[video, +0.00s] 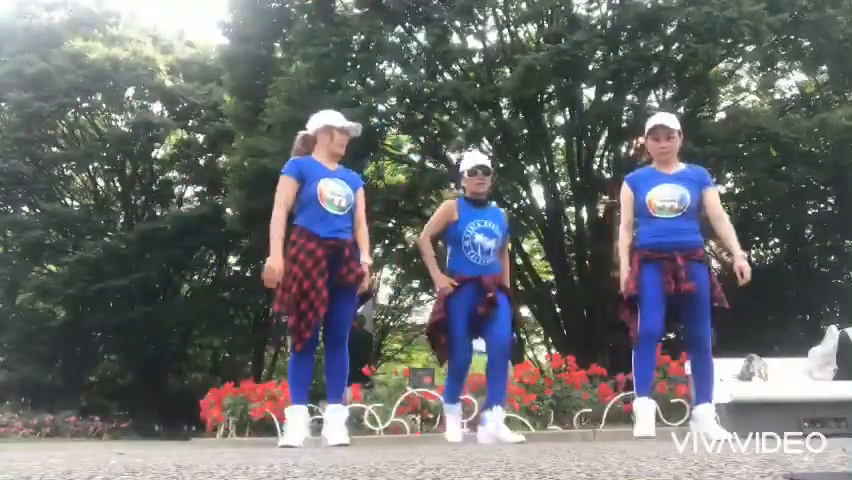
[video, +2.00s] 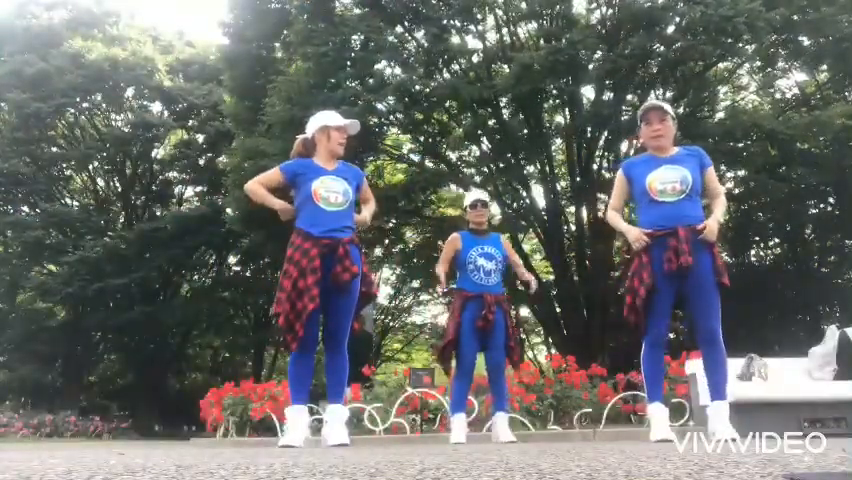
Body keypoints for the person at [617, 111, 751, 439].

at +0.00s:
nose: (664, 141)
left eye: (669, 135)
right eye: (657, 136)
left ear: (679, 139)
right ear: (646, 142)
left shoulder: (698, 175)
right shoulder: (633, 181)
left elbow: (718, 216)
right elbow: (626, 227)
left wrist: (737, 253)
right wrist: (625, 266)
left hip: (693, 260)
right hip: (651, 261)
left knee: (701, 336)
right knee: (650, 330)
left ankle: (703, 411)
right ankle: (643, 405)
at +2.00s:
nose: (656, 127)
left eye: (661, 121)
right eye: (649, 123)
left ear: (673, 126)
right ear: (640, 133)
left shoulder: (695, 156)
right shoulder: (630, 167)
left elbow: (718, 196)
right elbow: (612, 211)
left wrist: (714, 219)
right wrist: (628, 229)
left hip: (697, 245)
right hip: (655, 249)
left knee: (711, 331)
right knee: (656, 334)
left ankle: (719, 414)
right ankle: (657, 414)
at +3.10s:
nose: (623, 140)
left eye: (630, 136)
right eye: (616, 138)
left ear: (643, 144)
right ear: (610, 149)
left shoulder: (655, 159)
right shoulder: (609, 178)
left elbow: (663, 109)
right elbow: (604, 137)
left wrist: (682, 64)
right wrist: (613, 98)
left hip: (674, 242)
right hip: (642, 256)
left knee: (702, 322)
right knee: (635, 338)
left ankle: (719, 405)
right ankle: (647, 414)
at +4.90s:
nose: (637, 128)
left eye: (642, 121)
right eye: (629, 121)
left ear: (650, 124)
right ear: (614, 125)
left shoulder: (663, 157)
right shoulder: (599, 161)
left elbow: (680, 201)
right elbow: (582, 210)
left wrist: (686, 229)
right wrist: (595, 248)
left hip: (666, 245)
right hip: (626, 249)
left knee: (704, 316)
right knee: (633, 328)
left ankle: (692, 398)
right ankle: (641, 409)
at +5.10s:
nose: (641, 116)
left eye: (647, 110)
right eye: (634, 110)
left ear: (656, 115)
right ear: (621, 116)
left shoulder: (672, 147)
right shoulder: (607, 154)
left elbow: (693, 184)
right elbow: (583, 203)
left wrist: (693, 206)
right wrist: (611, 229)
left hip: (676, 239)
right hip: (635, 243)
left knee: (702, 323)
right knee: (637, 330)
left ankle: (719, 408)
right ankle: (641, 410)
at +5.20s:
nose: (647, 115)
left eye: (653, 108)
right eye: (640, 109)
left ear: (662, 113)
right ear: (627, 115)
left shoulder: (681, 146)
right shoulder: (613, 155)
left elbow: (704, 186)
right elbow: (592, 206)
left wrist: (700, 211)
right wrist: (618, 229)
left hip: (683, 240)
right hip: (640, 243)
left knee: (703, 324)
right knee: (640, 329)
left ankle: (716, 412)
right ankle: (642, 413)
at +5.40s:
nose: (662, 110)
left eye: (668, 103)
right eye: (655, 104)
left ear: (679, 108)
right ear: (643, 112)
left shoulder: (700, 144)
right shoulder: (630, 154)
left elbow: (724, 187)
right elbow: (614, 206)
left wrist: (720, 209)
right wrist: (632, 234)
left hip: (700, 237)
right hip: (656, 241)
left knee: (713, 325)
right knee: (653, 329)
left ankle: (718, 410)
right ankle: (647, 411)